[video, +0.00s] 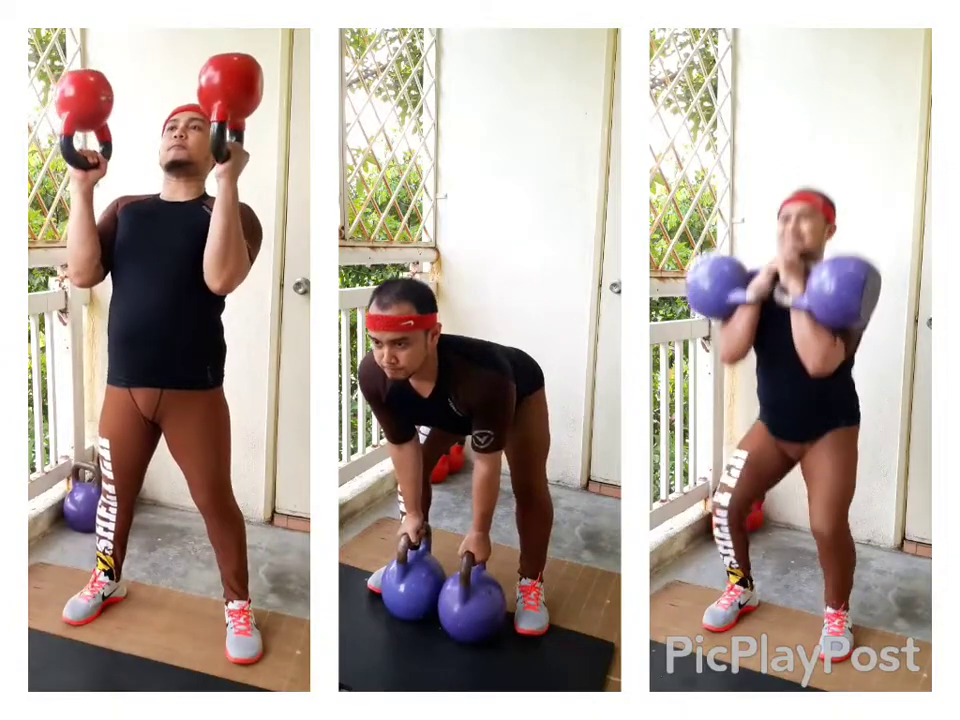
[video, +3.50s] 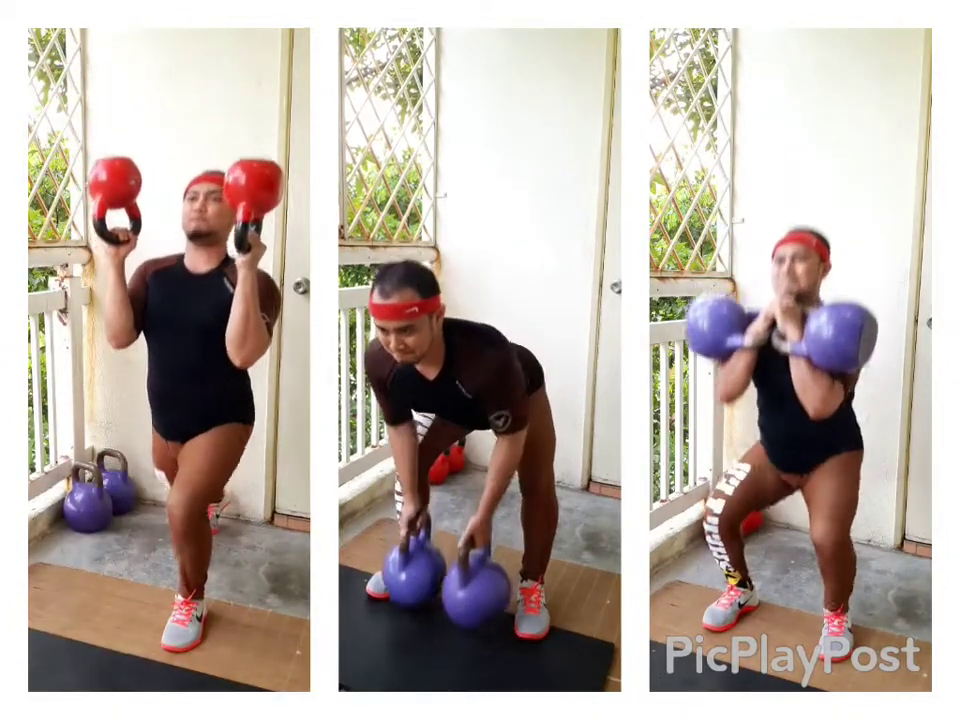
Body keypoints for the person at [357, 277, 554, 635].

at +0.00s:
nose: (387, 358)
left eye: (401, 344)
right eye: (377, 344)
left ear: (433, 335)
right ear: (369, 338)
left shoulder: (484, 379)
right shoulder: (374, 376)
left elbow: (486, 463)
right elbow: (403, 444)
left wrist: (479, 532)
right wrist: (412, 512)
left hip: (514, 390)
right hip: (451, 398)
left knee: (530, 486)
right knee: (415, 470)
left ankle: (531, 583)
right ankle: (410, 563)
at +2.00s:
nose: (386, 357)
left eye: (399, 344)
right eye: (376, 343)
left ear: (432, 335)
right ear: (368, 338)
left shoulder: (483, 380)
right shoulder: (373, 378)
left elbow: (497, 466)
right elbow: (394, 447)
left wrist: (485, 535)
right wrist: (407, 514)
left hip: (513, 392)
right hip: (448, 401)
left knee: (533, 487)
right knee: (412, 469)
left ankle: (531, 583)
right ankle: (408, 563)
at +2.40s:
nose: (393, 343)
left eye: (406, 330)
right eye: (382, 329)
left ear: (437, 318)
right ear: (373, 323)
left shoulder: (484, 360)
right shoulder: (378, 361)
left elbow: (516, 429)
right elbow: (399, 417)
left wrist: (486, 499)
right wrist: (412, 480)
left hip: (513, 395)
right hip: (452, 402)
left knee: (536, 486)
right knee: (407, 472)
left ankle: (531, 583)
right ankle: (406, 560)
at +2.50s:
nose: (392, 338)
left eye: (405, 325)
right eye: (381, 325)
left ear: (436, 312)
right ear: (372, 318)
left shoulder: (483, 349)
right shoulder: (377, 352)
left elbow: (527, 406)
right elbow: (396, 397)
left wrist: (491, 473)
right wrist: (408, 457)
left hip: (511, 399)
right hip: (452, 402)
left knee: (537, 485)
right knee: (410, 468)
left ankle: (531, 582)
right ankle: (412, 557)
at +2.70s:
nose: (391, 332)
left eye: (404, 318)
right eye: (380, 319)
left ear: (435, 305)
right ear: (371, 312)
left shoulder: (484, 334)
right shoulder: (376, 335)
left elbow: (542, 357)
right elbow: (394, 366)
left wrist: (498, 421)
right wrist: (407, 407)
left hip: (511, 393)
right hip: (447, 397)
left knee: (540, 482)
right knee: (411, 464)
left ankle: (531, 582)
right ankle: (413, 551)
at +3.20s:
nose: (396, 319)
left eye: (408, 305)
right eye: (385, 306)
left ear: (439, 291)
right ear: (375, 299)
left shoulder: (488, 332)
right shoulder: (379, 336)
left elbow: (528, 393)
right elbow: (398, 386)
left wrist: (491, 468)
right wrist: (412, 447)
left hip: (511, 400)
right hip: (450, 403)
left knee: (537, 486)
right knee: (407, 467)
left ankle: (531, 582)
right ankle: (411, 555)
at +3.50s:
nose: (395, 344)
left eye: (407, 331)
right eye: (384, 331)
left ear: (438, 314)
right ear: (375, 325)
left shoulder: (487, 355)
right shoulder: (379, 363)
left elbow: (512, 435)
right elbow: (401, 428)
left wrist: (484, 515)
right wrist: (411, 499)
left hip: (516, 396)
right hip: (456, 404)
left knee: (537, 486)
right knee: (412, 470)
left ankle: (532, 584)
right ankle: (407, 563)